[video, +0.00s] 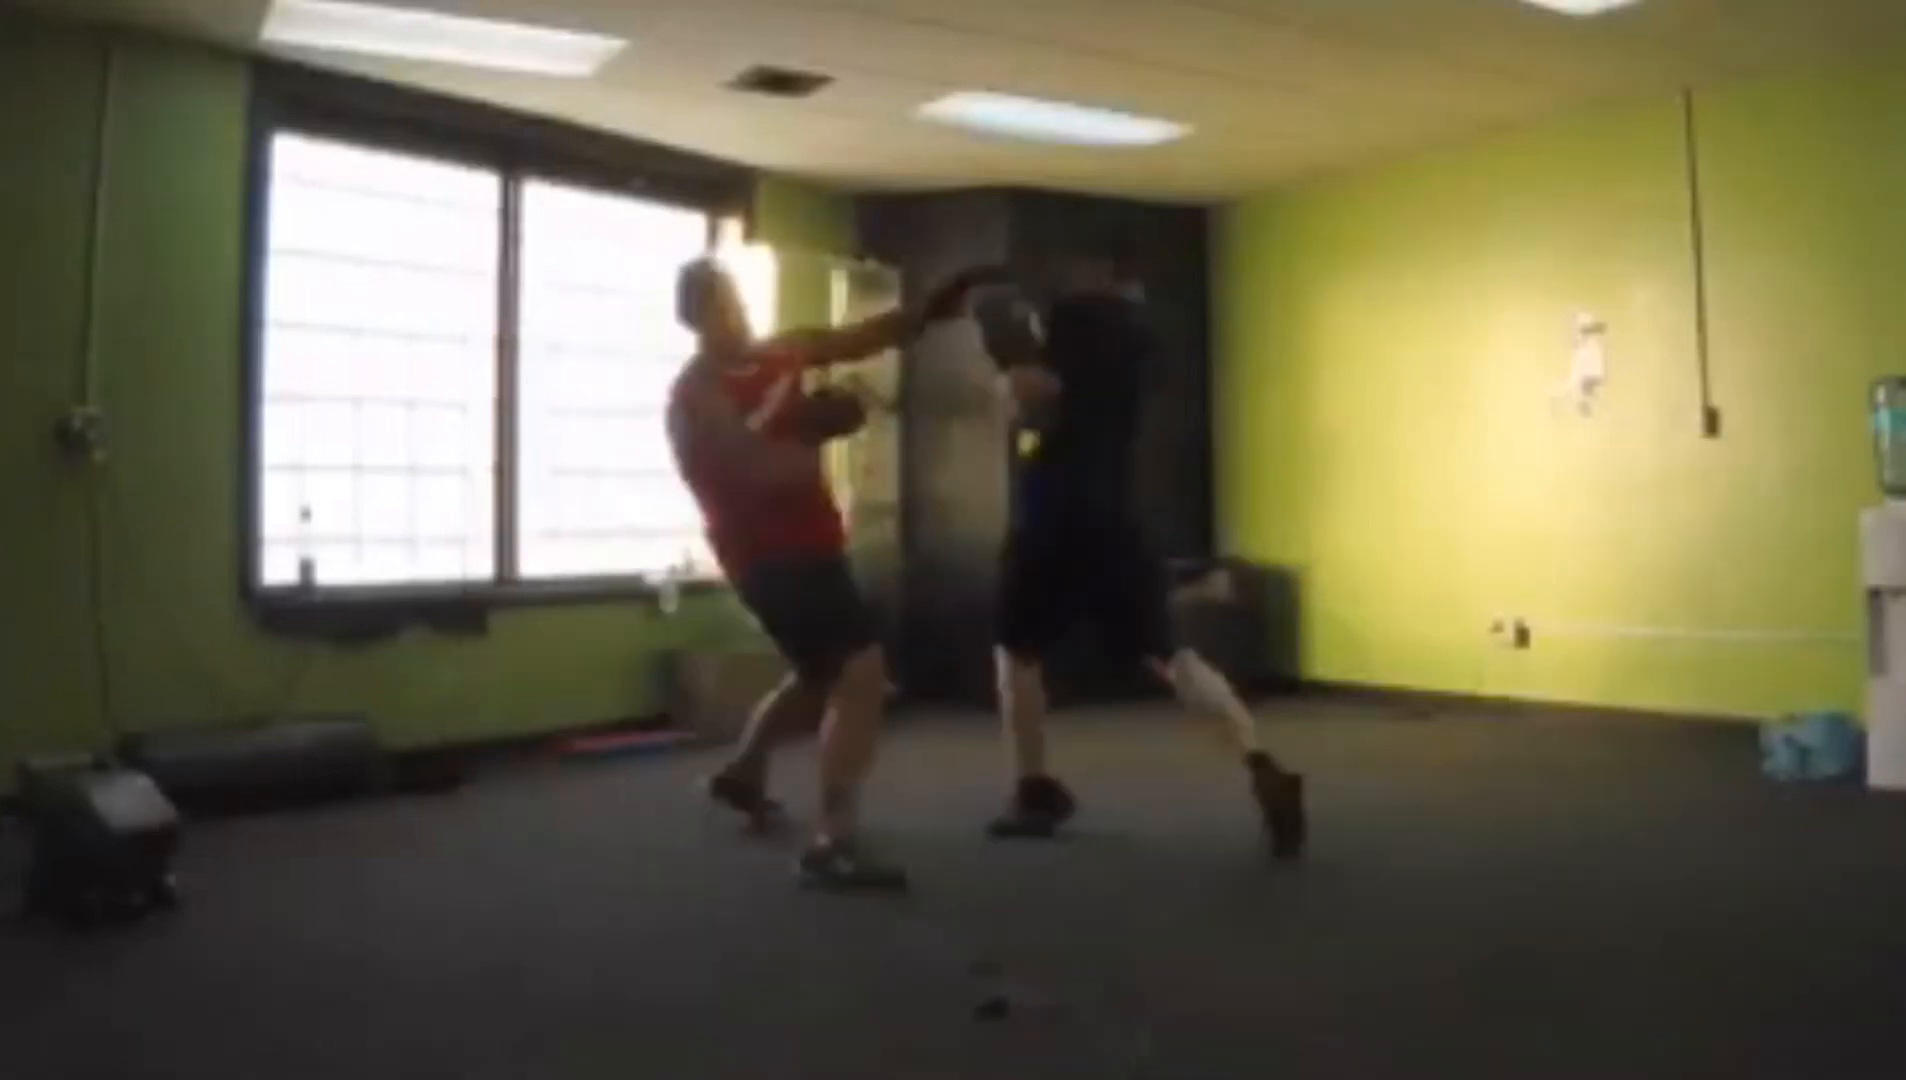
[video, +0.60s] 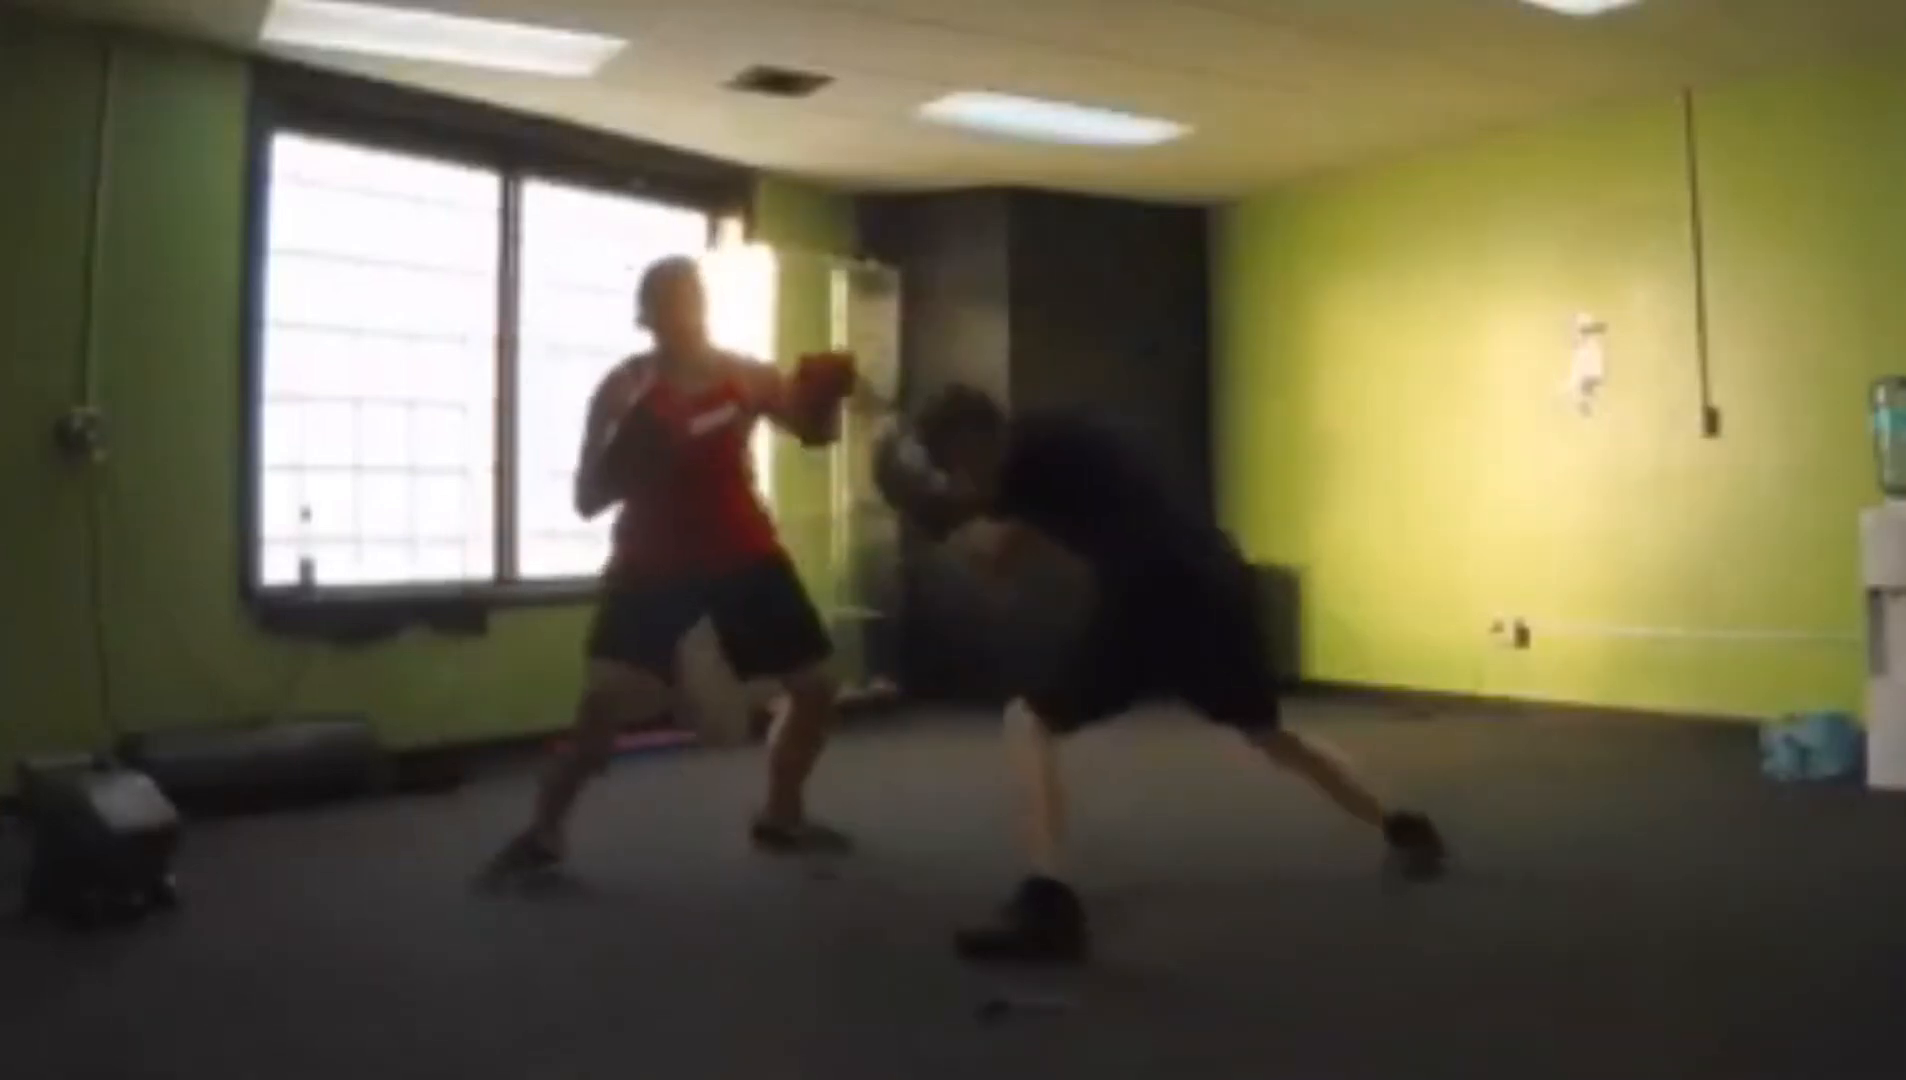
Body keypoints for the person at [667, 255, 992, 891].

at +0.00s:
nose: (732, 312)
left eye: (732, 297)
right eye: (716, 303)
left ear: (740, 302)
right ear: (695, 316)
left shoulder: (781, 356)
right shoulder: (696, 396)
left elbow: (856, 340)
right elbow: (750, 466)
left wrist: (925, 315)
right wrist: (818, 426)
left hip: (814, 546)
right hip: (767, 558)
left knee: (819, 681)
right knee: (861, 676)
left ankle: (743, 774)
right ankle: (834, 842)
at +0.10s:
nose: (713, 316)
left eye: (715, 301)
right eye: (697, 309)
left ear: (729, 302)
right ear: (680, 322)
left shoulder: (780, 349)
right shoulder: (681, 402)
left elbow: (875, 331)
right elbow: (718, 498)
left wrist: (963, 316)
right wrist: (789, 429)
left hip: (827, 538)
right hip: (764, 556)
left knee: (851, 675)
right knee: (848, 677)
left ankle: (783, 777)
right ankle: (831, 842)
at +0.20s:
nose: (706, 313)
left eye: (709, 297)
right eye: (689, 305)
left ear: (724, 298)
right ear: (674, 318)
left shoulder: (781, 344)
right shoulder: (669, 401)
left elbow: (877, 338)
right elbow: (644, 509)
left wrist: (960, 333)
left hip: (830, 537)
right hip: (761, 556)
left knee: (856, 663)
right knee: (823, 668)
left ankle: (799, 774)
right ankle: (824, 841)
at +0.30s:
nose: (709, 301)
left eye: (713, 286)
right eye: (694, 293)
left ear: (727, 288)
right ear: (673, 306)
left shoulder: (777, 337)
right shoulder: (657, 386)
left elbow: (864, 344)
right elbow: (612, 479)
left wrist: (930, 360)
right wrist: (678, 496)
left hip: (822, 532)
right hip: (751, 555)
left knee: (858, 671)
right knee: (797, 679)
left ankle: (799, 792)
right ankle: (820, 836)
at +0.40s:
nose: (709, 297)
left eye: (713, 282)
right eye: (694, 288)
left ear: (729, 283)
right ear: (674, 300)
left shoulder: (778, 344)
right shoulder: (659, 378)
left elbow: (849, 385)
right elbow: (617, 473)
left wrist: (849, 403)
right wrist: (659, 474)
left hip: (798, 538)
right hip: (721, 554)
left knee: (824, 681)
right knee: (753, 687)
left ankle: (792, 811)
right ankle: (768, 838)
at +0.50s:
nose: (700, 310)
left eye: (707, 293)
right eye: (687, 298)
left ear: (723, 295)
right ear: (667, 307)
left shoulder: (766, 366)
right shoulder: (651, 383)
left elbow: (826, 426)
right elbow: (618, 488)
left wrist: (806, 397)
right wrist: (660, 451)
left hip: (770, 554)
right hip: (686, 562)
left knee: (813, 688)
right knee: (671, 689)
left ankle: (783, 816)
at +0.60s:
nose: (685, 315)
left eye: (691, 300)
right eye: (670, 303)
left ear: (705, 303)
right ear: (647, 314)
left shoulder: (744, 377)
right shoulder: (626, 389)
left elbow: (814, 431)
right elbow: (589, 498)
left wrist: (824, 393)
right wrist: (634, 434)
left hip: (744, 557)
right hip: (651, 565)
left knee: (815, 688)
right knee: (603, 708)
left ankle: (782, 817)